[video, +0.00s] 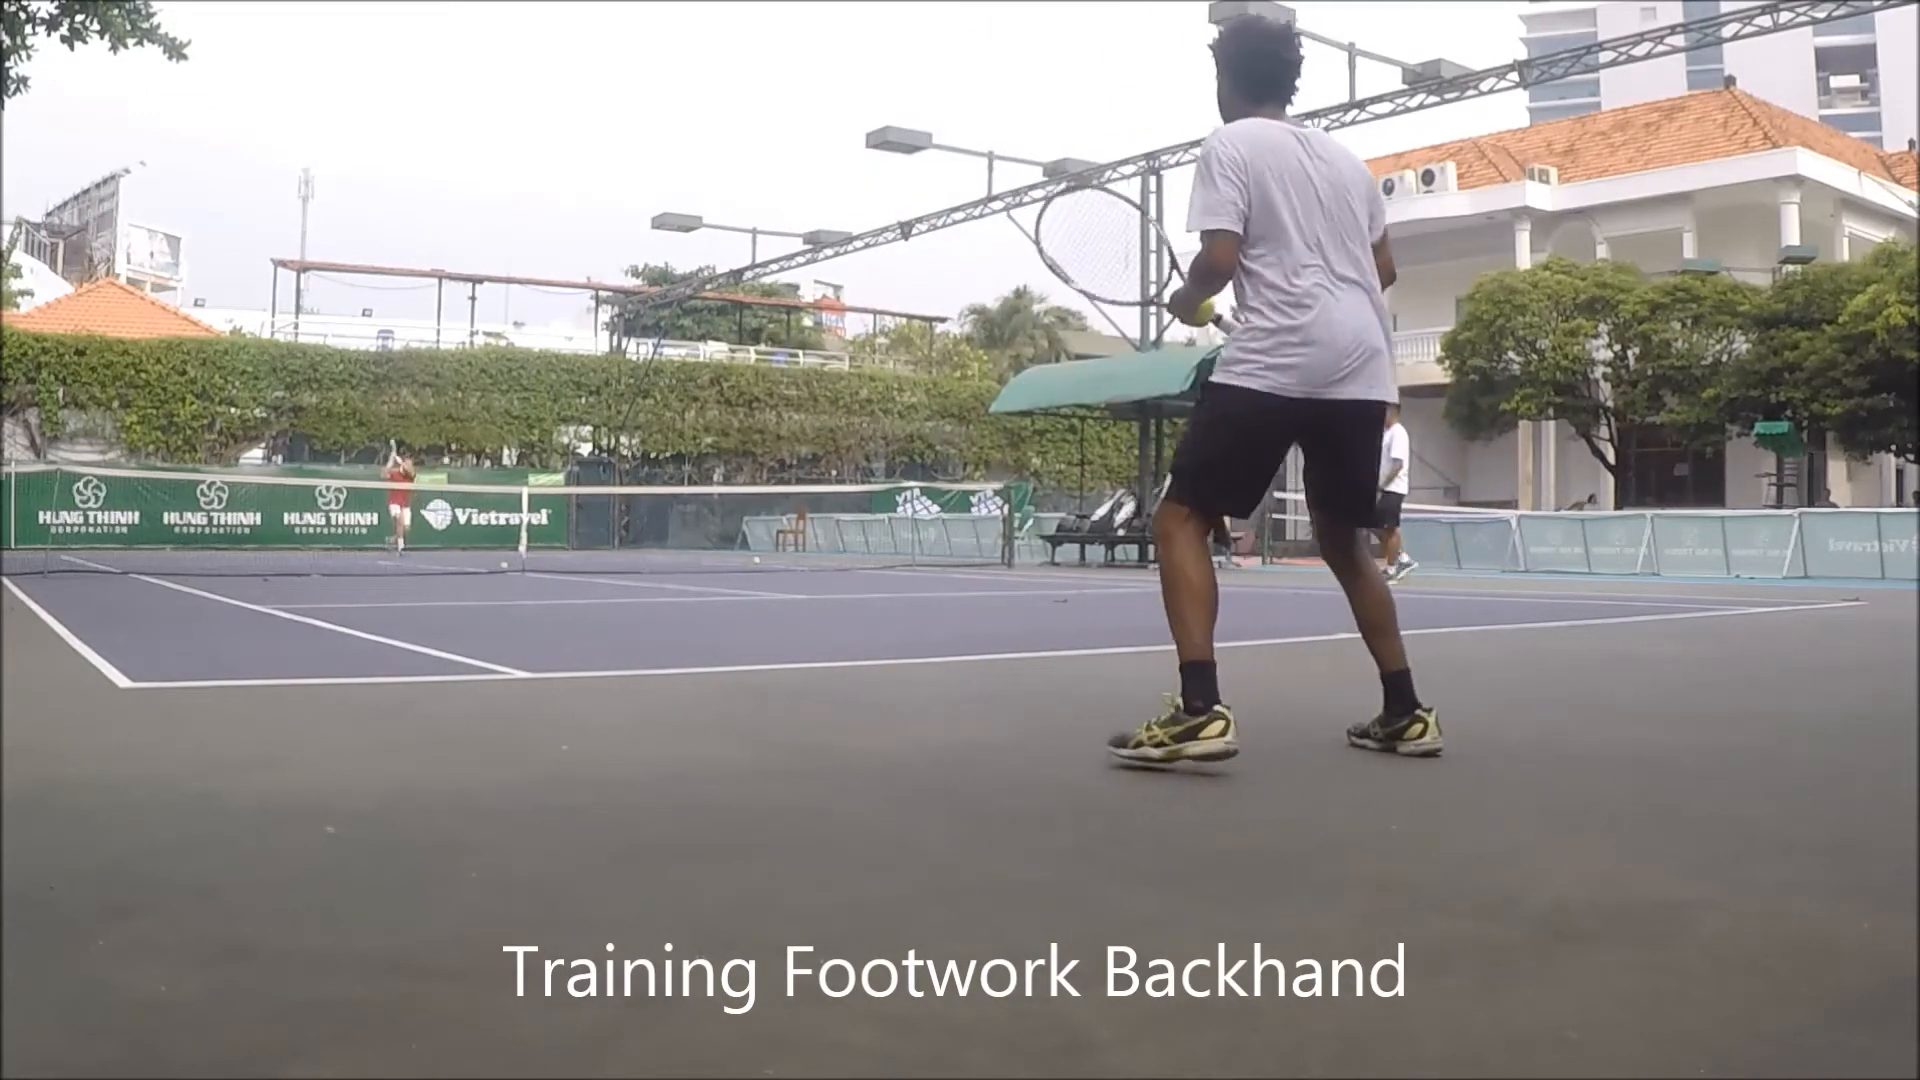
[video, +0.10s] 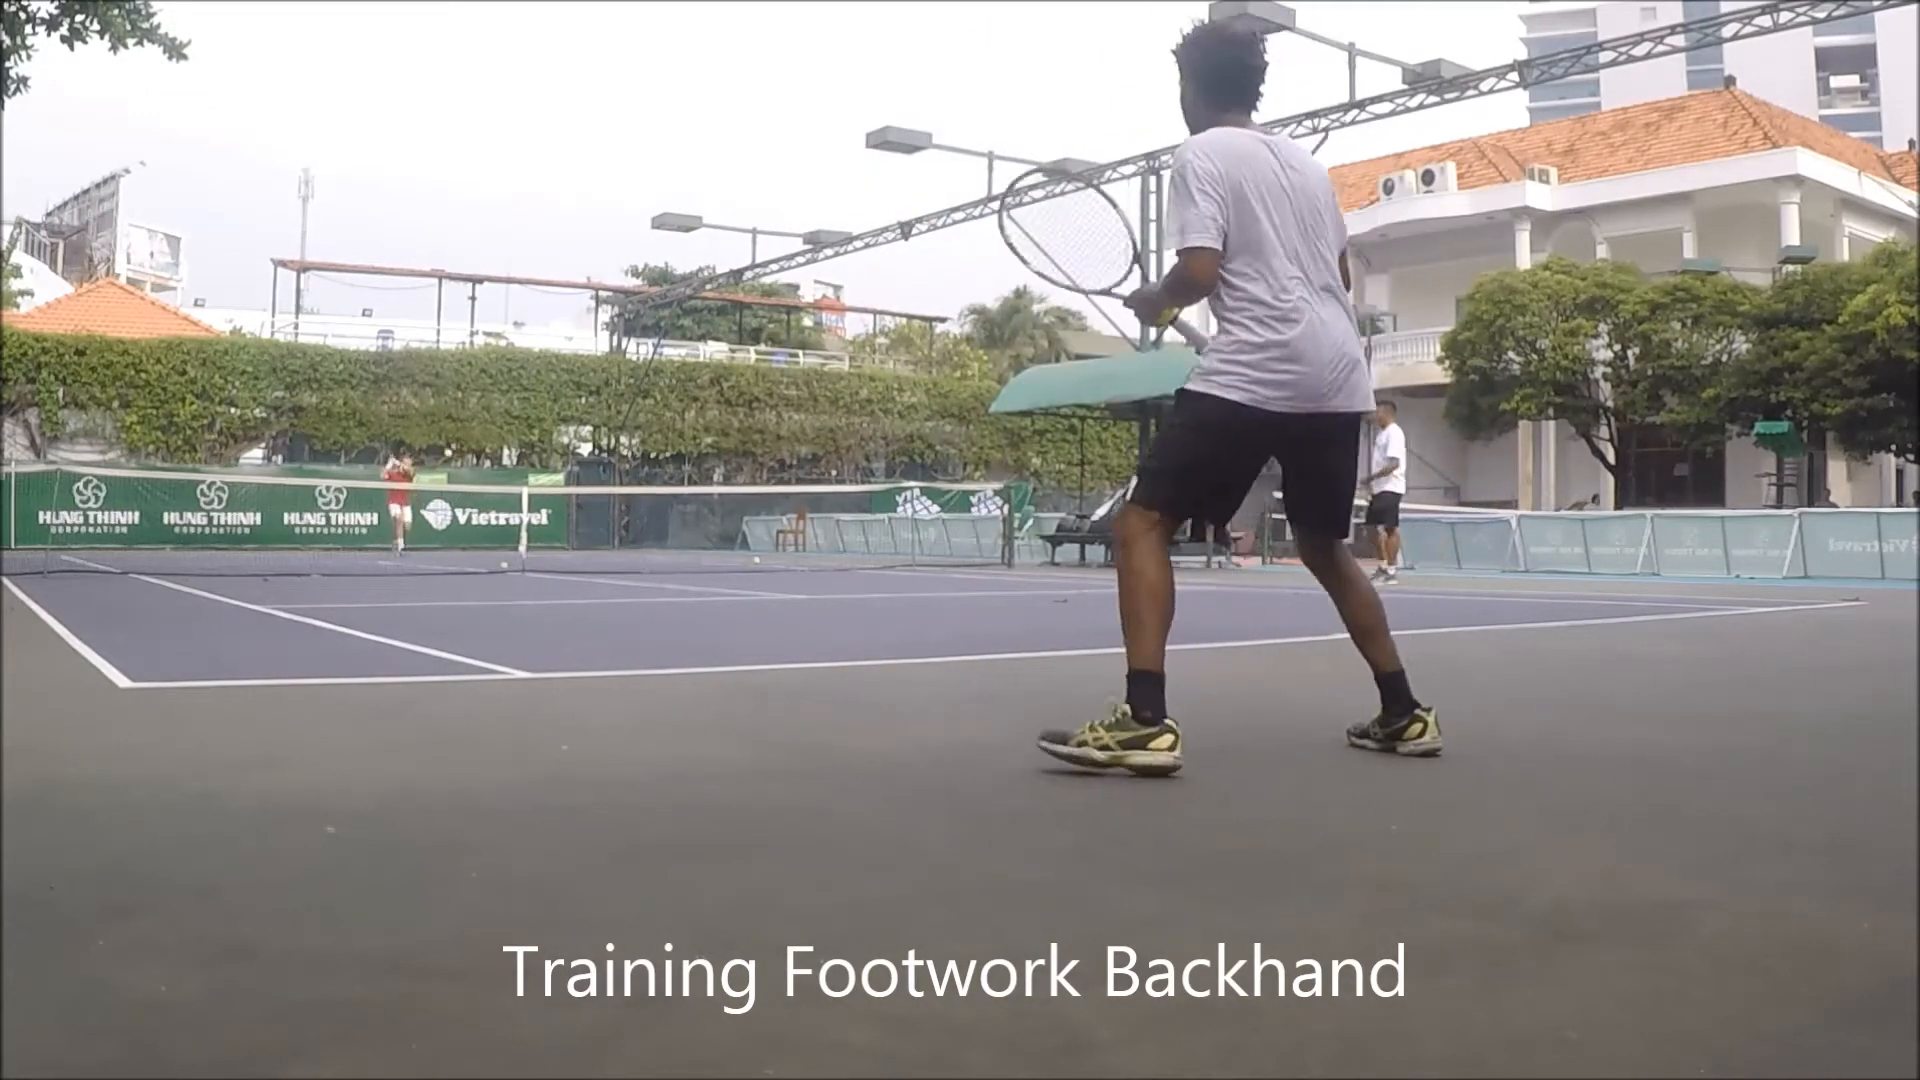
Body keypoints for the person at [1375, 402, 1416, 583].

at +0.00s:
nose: (1382, 415)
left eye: (1385, 411)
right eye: (1382, 411)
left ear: (1393, 412)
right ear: (1391, 413)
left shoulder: (1398, 432)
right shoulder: (1387, 432)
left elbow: (1398, 463)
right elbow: (1388, 461)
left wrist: (1383, 484)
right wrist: (1378, 480)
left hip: (1394, 487)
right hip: (1385, 486)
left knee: (1389, 528)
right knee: (1377, 526)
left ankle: (1391, 567)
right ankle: (1402, 557)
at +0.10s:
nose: (1376, 416)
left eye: (1379, 413)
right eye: (1376, 413)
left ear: (1388, 414)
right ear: (1383, 414)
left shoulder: (1394, 432)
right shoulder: (1382, 434)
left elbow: (1393, 462)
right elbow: (1383, 461)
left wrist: (1371, 477)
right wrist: (1371, 481)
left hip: (1391, 487)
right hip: (1380, 487)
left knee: (1390, 528)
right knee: (1371, 525)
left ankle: (1390, 567)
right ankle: (1386, 565)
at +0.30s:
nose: (1368, 417)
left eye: (1372, 413)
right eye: (1368, 413)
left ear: (1383, 414)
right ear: (1369, 416)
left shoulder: (1388, 432)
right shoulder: (1371, 433)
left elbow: (1385, 461)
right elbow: (1367, 456)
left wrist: (1367, 457)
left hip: (1385, 487)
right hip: (1371, 487)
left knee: (1388, 529)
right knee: (1364, 529)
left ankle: (1390, 569)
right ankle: (1356, 568)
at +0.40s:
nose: (1364, 417)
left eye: (1368, 413)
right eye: (1364, 413)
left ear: (1378, 414)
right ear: (1366, 416)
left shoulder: (1385, 433)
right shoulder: (1366, 434)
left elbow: (1380, 462)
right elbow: (1366, 458)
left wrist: (1362, 456)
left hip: (1381, 488)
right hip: (1365, 488)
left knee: (1386, 530)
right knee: (1362, 530)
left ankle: (1390, 569)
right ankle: (1355, 568)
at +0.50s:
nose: (1361, 416)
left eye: (1364, 412)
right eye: (1360, 413)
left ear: (1373, 413)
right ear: (1361, 415)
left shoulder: (1381, 432)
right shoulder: (1361, 434)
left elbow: (1379, 462)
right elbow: (1363, 460)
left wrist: (1357, 460)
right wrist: (1356, 489)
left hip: (1376, 489)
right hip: (1361, 490)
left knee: (1383, 531)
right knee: (1361, 531)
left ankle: (1389, 569)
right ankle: (1355, 569)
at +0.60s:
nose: (1357, 417)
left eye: (1360, 413)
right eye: (1355, 413)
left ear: (1369, 414)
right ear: (1355, 416)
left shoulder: (1377, 432)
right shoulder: (1356, 434)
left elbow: (1380, 460)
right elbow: (1353, 463)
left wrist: (1356, 464)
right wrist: (1346, 488)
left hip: (1372, 489)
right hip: (1356, 490)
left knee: (1379, 531)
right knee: (1359, 532)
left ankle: (1388, 569)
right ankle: (1355, 569)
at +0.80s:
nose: (1349, 419)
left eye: (1351, 415)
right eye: (1347, 416)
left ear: (1359, 415)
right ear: (1345, 418)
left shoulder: (1371, 431)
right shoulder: (1346, 437)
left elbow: (1376, 459)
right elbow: (1341, 467)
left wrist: (1358, 480)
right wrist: (1331, 489)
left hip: (1368, 487)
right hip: (1352, 489)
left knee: (1369, 527)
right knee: (1355, 531)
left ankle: (1385, 567)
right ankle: (1355, 569)